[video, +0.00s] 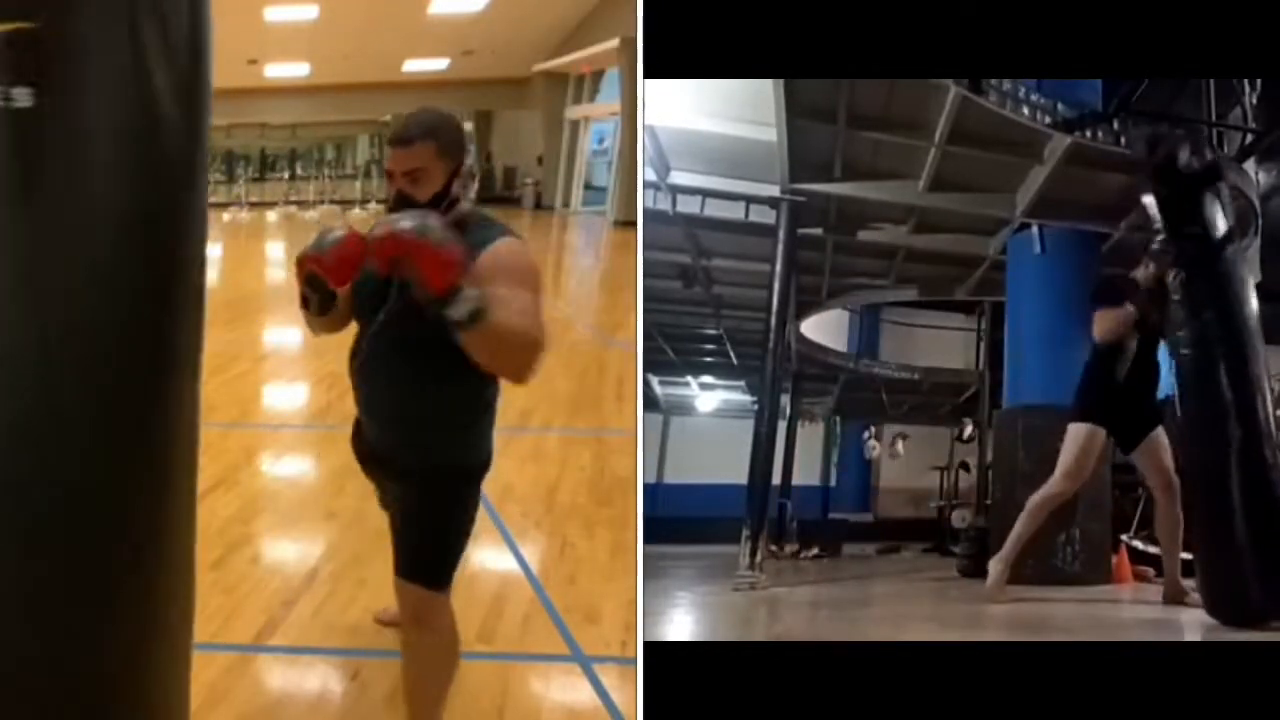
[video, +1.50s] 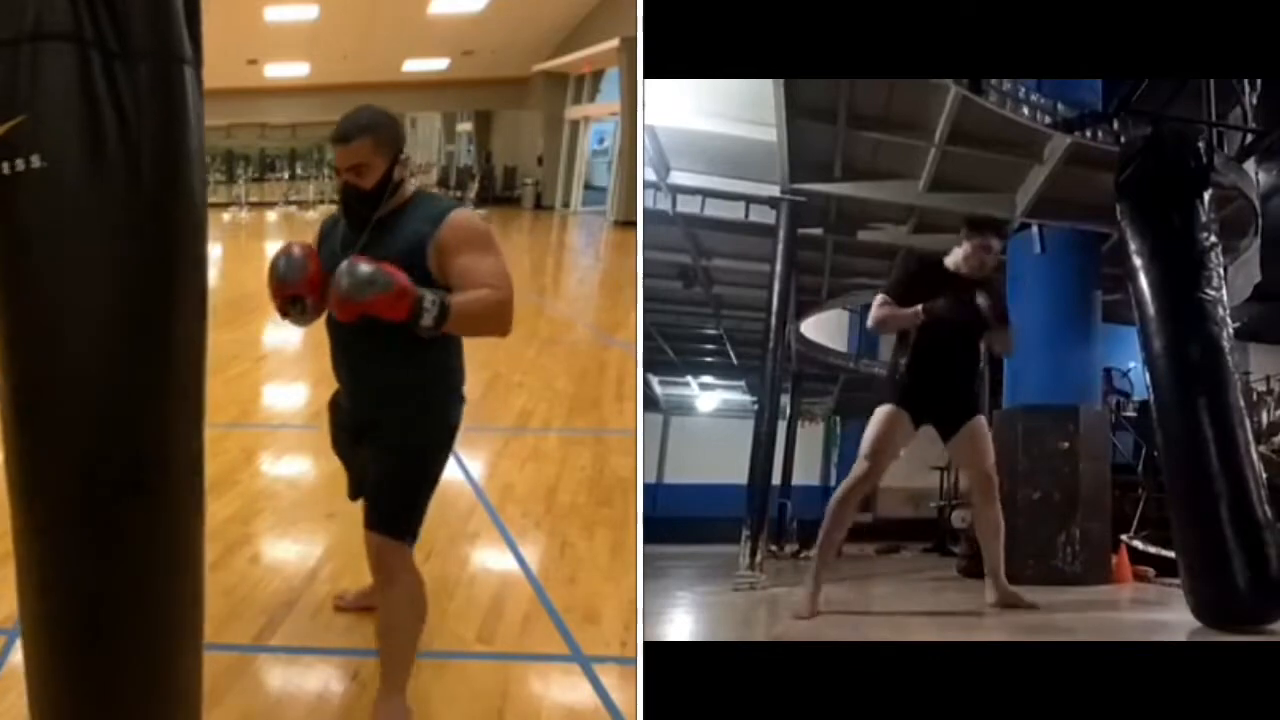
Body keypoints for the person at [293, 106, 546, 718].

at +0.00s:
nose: (401, 191)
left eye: (415, 178)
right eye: (393, 177)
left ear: (456, 173)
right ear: (386, 173)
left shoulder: (497, 251)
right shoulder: (387, 237)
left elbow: (520, 361)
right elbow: (329, 324)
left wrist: (451, 294)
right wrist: (318, 287)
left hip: (443, 449)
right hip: (377, 428)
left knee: (421, 602)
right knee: (407, 524)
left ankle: (424, 711)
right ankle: (419, 607)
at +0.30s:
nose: (364, 186)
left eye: (376, 171)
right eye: (353, 173)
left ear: (410, 164)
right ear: (343, 170)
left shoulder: (461, 216)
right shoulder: (352, 229)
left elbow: (488, 307)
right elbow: (305, 294)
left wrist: (416, 245)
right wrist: (293, 253)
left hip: (447, 417)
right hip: (386, 407)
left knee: (427, 557)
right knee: (410, 521)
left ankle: (422, 694)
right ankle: (421, 605)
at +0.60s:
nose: (332, 190)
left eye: (343, 176)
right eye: (324, 178)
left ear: (381, 161)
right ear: (319, 169)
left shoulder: (445, 215)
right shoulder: (348, 222)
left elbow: (503, 303)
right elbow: (319, 297)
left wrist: (410, 266)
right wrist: (292, 280)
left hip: (442, 413)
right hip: (380, 403)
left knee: (371, 542)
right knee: (410, 511)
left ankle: (391, 695)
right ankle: (432, 598)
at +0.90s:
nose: (329, 223)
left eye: (341, 206)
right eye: (318, 212)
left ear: (377, 188)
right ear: (310, 205)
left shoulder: (444, 233)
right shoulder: (332, 251)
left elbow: (550, 296)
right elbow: (323, 298)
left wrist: (441, 278)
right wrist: (279, 327)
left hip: (446, 448)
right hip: (368, 435)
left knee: (415, 601)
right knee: (340, 520)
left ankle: (406, 712)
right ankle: (415, 580)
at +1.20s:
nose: (363, 198)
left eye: (377, 185)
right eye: (354, 185)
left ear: (419, 174)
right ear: (347, 179)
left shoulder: (484, 237)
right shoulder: (331, 246)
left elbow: (554, 325)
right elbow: (276, 301)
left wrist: (481, 292)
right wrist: (265, 337)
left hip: (437, 447)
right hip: (357, 435)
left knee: (422, 592)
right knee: (359, 523)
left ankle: (409, 711)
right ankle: (380, 576)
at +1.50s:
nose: (346, 183)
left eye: (358, 172)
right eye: (340, 171)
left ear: (395, 162)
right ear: (336, 164)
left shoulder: (450, 225)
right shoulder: (338, 228)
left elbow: (498, 314)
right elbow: (306, 315)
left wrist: (415, 304)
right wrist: (295, 291)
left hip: (419, 404)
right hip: (357, 395)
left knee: (390, 552)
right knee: (373, 506)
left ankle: (392, 700)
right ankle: (387, 586)